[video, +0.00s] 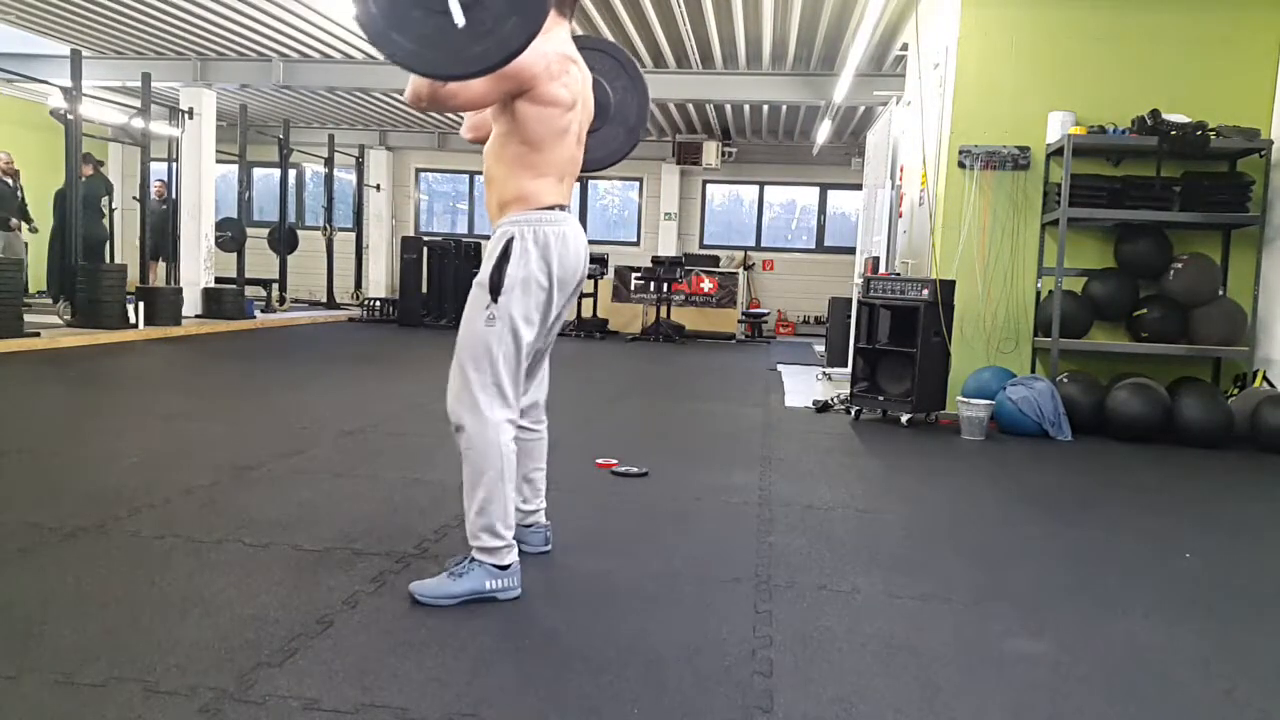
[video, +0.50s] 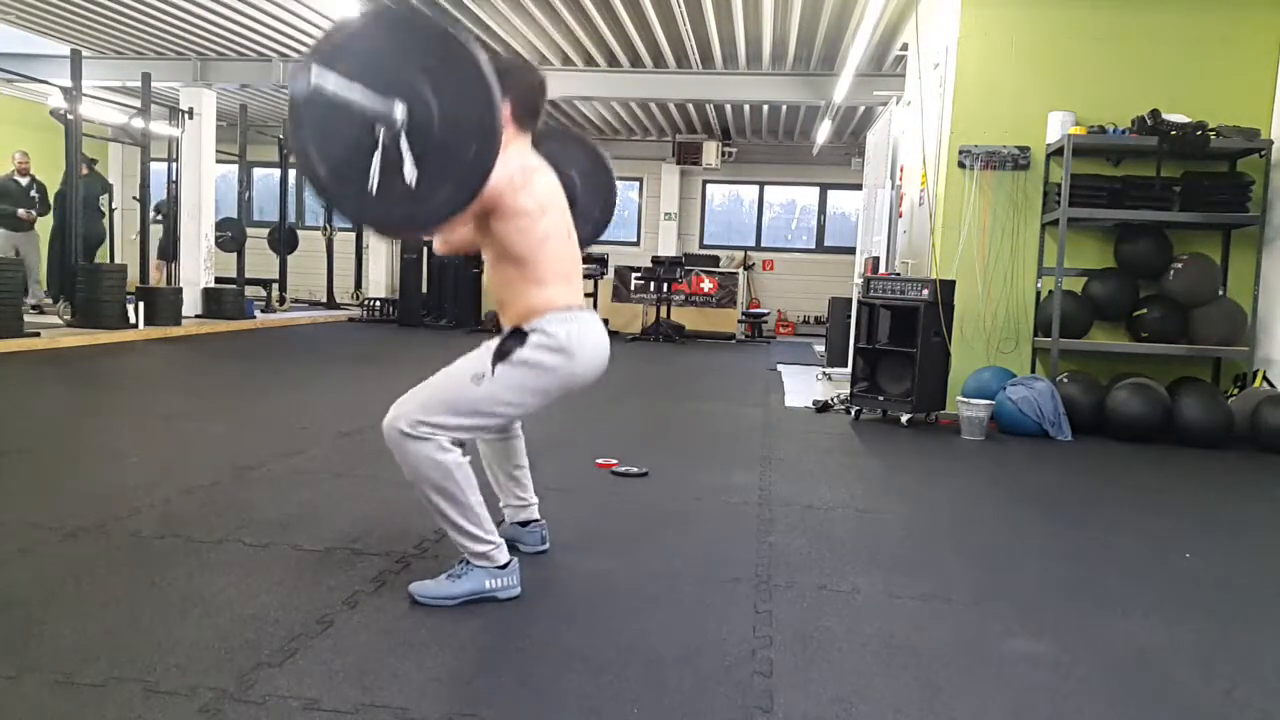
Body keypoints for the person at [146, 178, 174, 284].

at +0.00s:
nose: (157, 189)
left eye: (160, 187)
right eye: (155, 187)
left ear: (165, 189)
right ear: (152, 189)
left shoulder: (172, 203)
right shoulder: (149, 203)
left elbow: (176, 220)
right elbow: (144, 220)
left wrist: (175, 235)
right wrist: (142, 236)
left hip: (168, 237)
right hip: (152, 237)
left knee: (170, 264)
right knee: (152, 265)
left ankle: (171, 287)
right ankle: (150, 288)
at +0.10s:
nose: (161, 189)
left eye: (164, 187)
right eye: (159, 187)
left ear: (168, 189)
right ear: (157, 188)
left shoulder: (174, 202)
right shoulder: (153, 203)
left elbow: (178, 218)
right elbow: (148, 219)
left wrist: (178, 233)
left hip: (171, 236)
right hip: (157, 236)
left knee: (172, 264)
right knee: (153, 264)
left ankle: (172, 288)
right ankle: (150, 287)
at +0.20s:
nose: (165, 191)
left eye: (168, 188)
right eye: (163, 188)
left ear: (173, 189)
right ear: (160, 189)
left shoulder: (177, 202)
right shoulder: (155, 203)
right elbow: (149, 220)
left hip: (175, 234)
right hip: (160, 233)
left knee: (176, 263)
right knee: (155, 263)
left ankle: (177, 289)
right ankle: (152, 288)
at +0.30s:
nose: (169, 192)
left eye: (172, 189)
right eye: (167, 189)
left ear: (176, 191)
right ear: (164, 190)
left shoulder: (179, 203)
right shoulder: (158, 203)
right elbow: (151, 218)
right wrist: (160, 220)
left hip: (177, 236)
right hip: (163, 236)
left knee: (179, 265)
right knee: (156, 266)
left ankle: (180, 291)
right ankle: (151, 289)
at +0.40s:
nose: (169, 192)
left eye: (172, 189)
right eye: (167, 189)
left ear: (176, 190)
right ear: (165, 189)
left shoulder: (180, 203)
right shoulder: (160, 204)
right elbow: (150, 218)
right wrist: (162, 221)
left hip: (179, 237)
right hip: (165, 237)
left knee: (180, 266)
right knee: (158, 266)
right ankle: (152, 287)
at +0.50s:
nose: (171, 192)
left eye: (174, 189)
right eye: (169, 189)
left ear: (177, 190)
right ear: (166, 190)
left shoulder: (181, 203)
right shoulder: (161, 204)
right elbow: (152, 219)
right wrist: (164, 222)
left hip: (179, 237)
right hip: (166, 236)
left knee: (178, 264)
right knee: (160, 264)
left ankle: (177, 289)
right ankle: (153, 288)